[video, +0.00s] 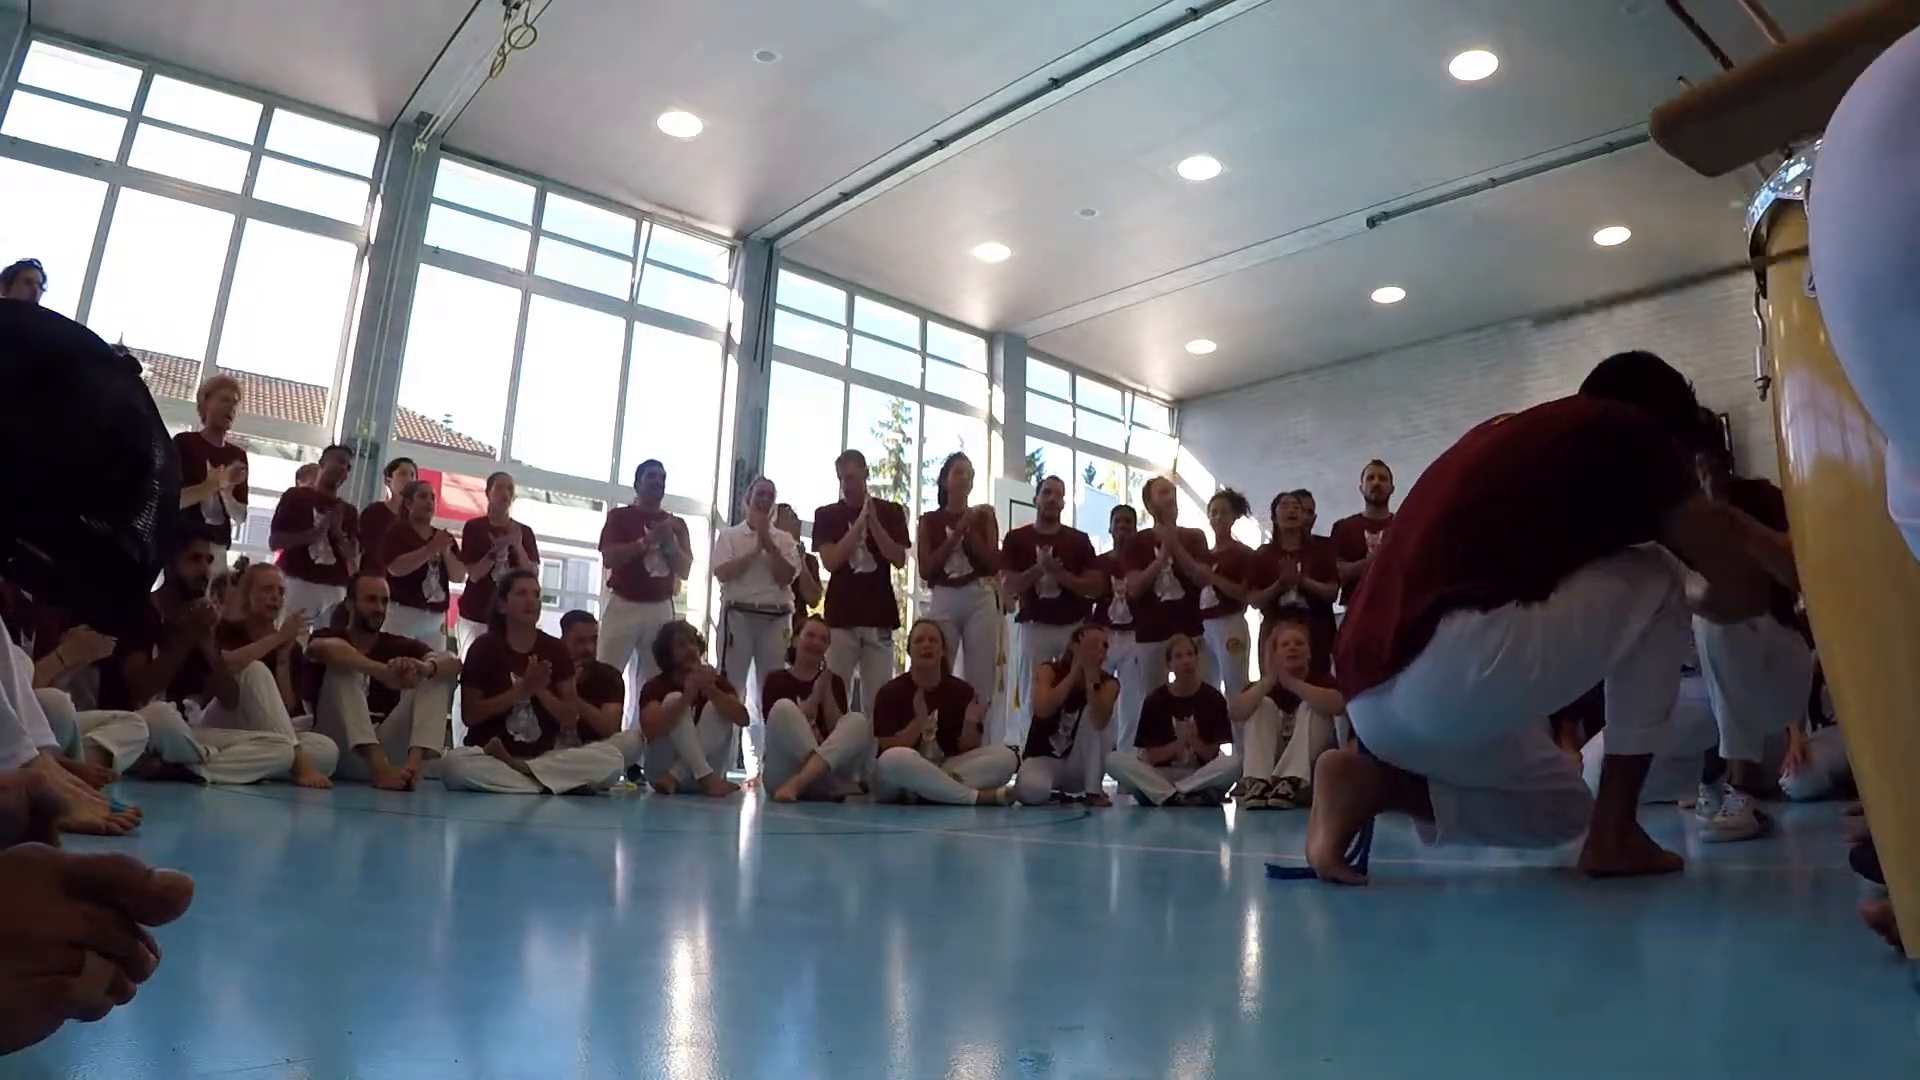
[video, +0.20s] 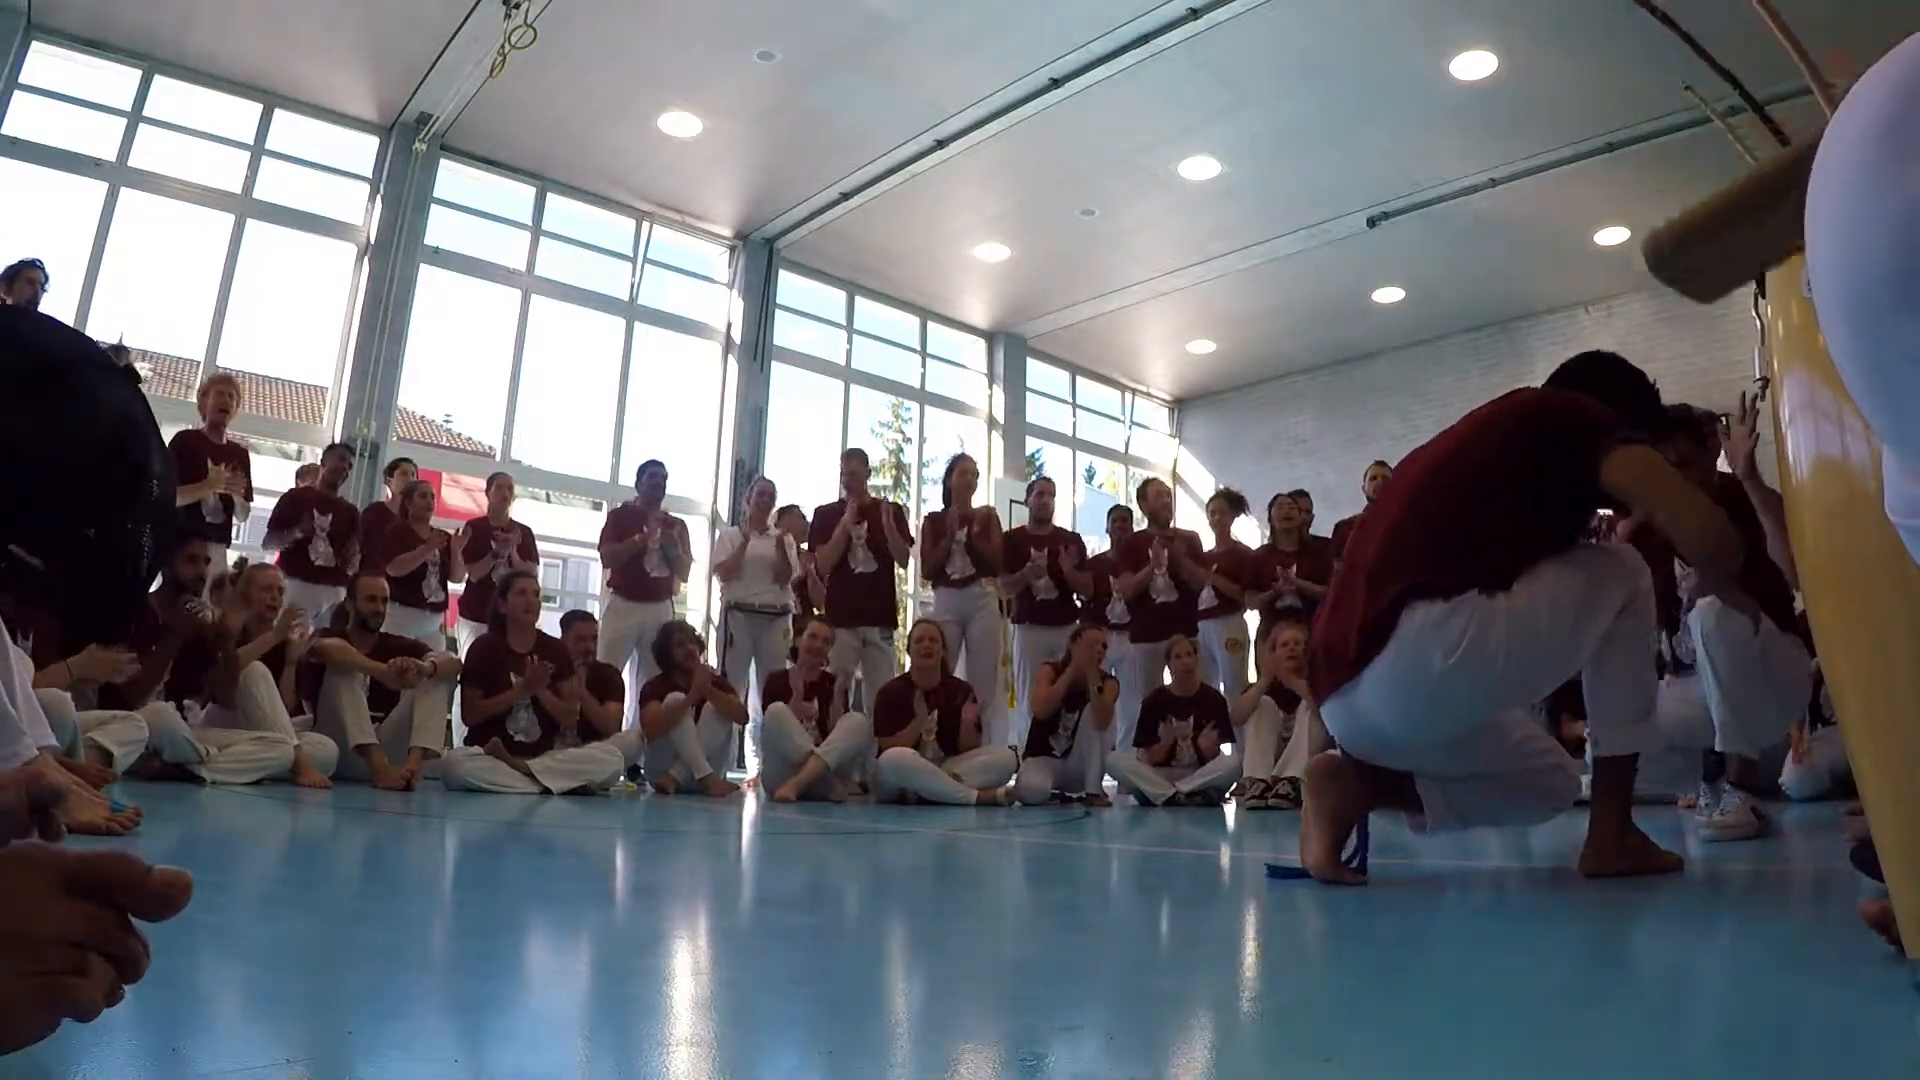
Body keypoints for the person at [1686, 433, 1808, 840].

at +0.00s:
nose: (1701, 477)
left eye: (1708, 463)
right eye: (1691, 468)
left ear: (1724, 462)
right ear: (1673, 472)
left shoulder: (1760, 502)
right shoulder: (1665, 526)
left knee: (1714, 623)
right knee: (1598, 768)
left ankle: (1739, 786)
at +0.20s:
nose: (1675, 480)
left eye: (1684, 466)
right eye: (1664, 470)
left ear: (1711, 455)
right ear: (1650, 471)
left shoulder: (1749, 503)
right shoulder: (1655, 524)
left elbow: (1796, 572)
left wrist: (1747, 477)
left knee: (1711, 613)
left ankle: (1739, 781)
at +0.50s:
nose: (1670, 507)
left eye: (1677, 489)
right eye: (1661, 497)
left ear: (1702, 478)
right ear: (1650, 501)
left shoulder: (1753, 526)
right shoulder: (1662, 555)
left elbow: (1795, 634)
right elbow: (1639, 635)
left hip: (1760, 711)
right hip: (1684, 711)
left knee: (1665, 619)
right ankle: (1695, 773)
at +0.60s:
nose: (1683, 510)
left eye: (1689, 493)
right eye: (1669, 504)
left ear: (1716, 479)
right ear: (1659, 508)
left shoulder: (1763, 534)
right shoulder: (1674, 553)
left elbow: (1790, 642)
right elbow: (1631, 626)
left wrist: (1772, 703)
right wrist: (1566, 635)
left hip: (1760, 707)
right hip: (1691, 702)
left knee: (1636, 659)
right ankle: (1698, 775)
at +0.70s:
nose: (1688, 513)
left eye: (1695, 497)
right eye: (1675, 506)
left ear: (1722, 481)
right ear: (1666, 508)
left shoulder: (1769, 538)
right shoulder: (1681, 552)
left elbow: (1787, 649)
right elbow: (1610, 602)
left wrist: (1766, 741)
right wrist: (1538, 579)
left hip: (1748, 703)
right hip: (1683, 691)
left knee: (1589, 697)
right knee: (1578, 695)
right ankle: (1695, 779)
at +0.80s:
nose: (1696, 524)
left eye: (1704, 509)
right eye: (1685, 512)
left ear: (1732, 491)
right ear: (1672, 507)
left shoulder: (1769, 541)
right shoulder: (1677, 546)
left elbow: (1786, 658)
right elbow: (1593, 554)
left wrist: (1753, 764)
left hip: (1747, 704)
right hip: (1689, 689)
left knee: (1595, 735)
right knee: (1578, 693)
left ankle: (1445, 791)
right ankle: (1697, 783)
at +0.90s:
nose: (1698, 524)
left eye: (1707, 509)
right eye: (1687, 513)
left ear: (1733, 495)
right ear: (1671, 509)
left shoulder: (1765, 550)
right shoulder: (1687, 551)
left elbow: (1767, 672)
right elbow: (1629, 569)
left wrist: (1744, 773)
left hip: (1738, 714)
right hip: (1690, 689)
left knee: (1597, 745)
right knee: (1573, 696)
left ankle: (1443, 801)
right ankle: (1694, 781)